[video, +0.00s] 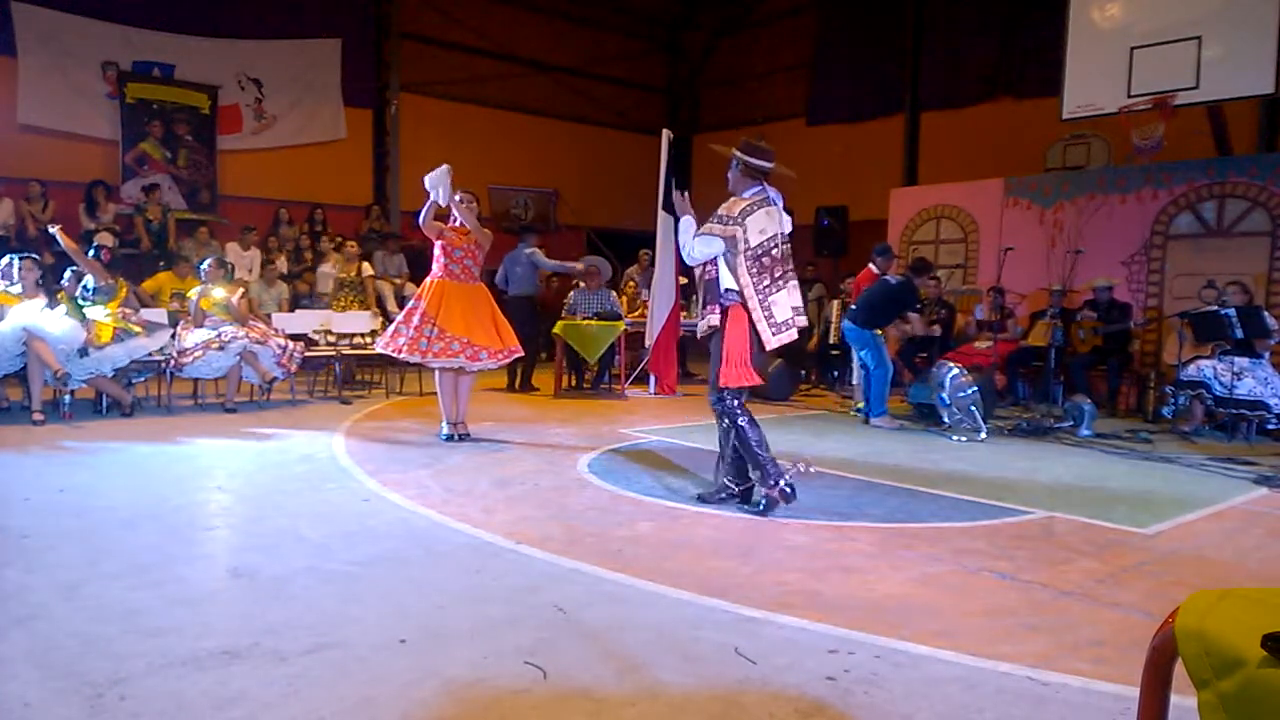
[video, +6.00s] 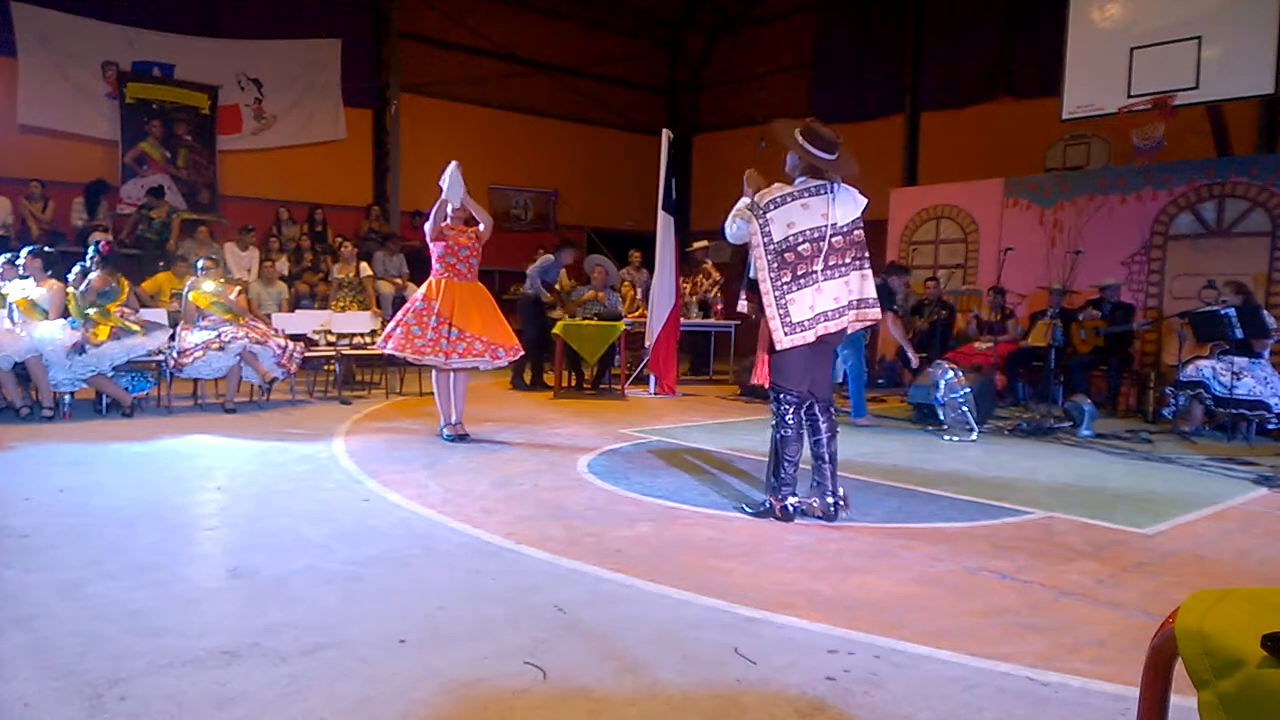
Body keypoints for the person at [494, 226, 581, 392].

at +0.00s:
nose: (538, 242)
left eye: (537, 239)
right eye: (536, 239)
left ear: (520, 239)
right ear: (532, 239)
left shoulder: (509, 257)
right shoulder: (532, 252)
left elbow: (499, 281)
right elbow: (548, 265)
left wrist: (513, 289)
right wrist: (574, 267)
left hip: (511, 300)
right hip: (528, 299)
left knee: (512, 339)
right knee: (532, 341)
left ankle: (511, 381)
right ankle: (526, 381)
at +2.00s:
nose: (541, 243)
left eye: (541, 239)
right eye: (539, 239)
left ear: (526, 240)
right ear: (533, 239)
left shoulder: (517, 257)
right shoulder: (532, 253)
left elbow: (507, 281)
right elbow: (543, 266)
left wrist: (530, 288)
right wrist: (567, 274)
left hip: (517, 298)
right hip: (528, 299)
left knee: (522, 338)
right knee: (530, 338)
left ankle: (517, 376)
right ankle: (522, 378)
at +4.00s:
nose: (543, 244)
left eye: (543, 240)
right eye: (542, 240)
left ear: (528, 239)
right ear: (535, 240)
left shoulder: (516, 256)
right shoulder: (530, 253)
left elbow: (506, 280)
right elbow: (537, 272)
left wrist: (522, 285)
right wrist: (562, 266)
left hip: (516, 298)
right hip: (528, 299)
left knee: (523, 338)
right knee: (530, 338)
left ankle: (518, 376)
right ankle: (522, 378)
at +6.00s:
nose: (572, 260)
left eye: (574, 256)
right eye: (571, 255)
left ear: (567, 255)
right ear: (564, 252)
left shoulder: (558, 268)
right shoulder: (549, 259)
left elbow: (551, 285)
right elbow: (532, 272)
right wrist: (543, 294)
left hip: (538, 301)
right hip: (528, 300)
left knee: (541, 340)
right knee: (529, 338)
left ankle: (537, 376)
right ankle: (517, 376)